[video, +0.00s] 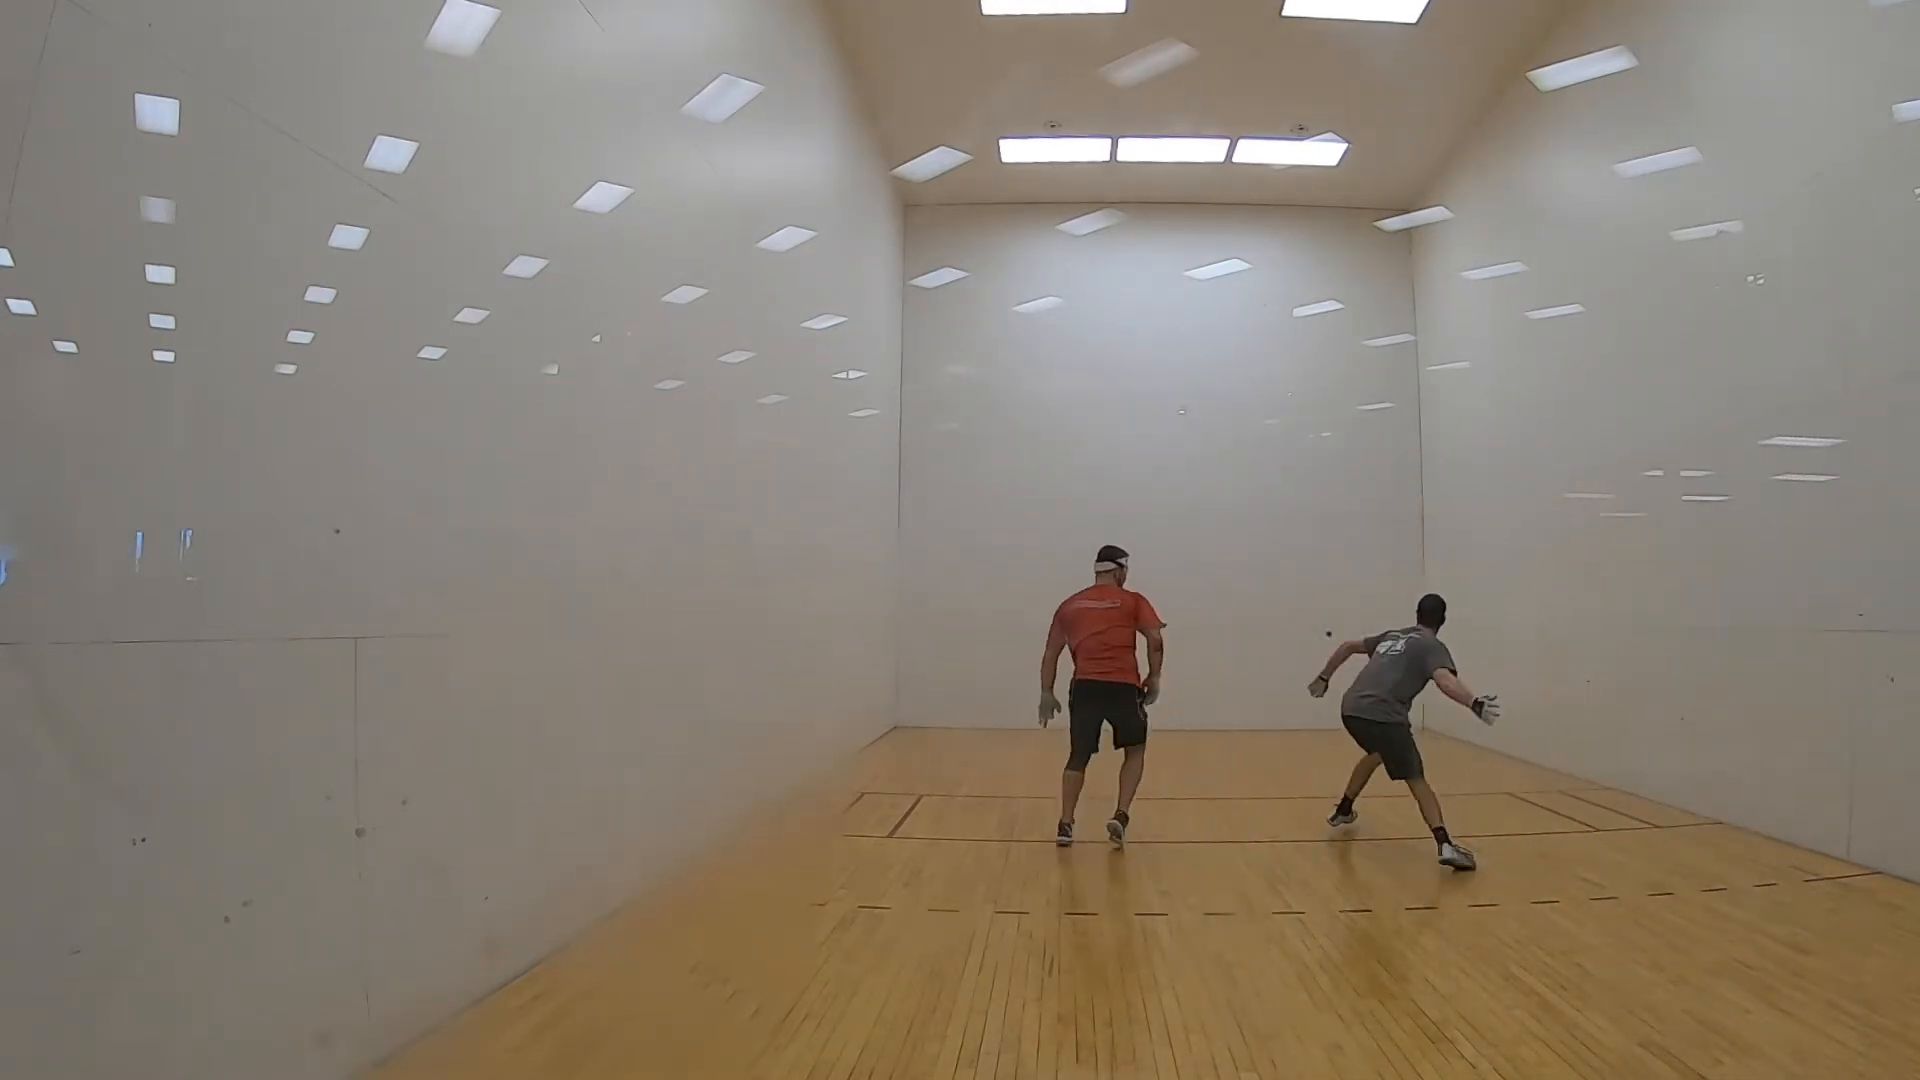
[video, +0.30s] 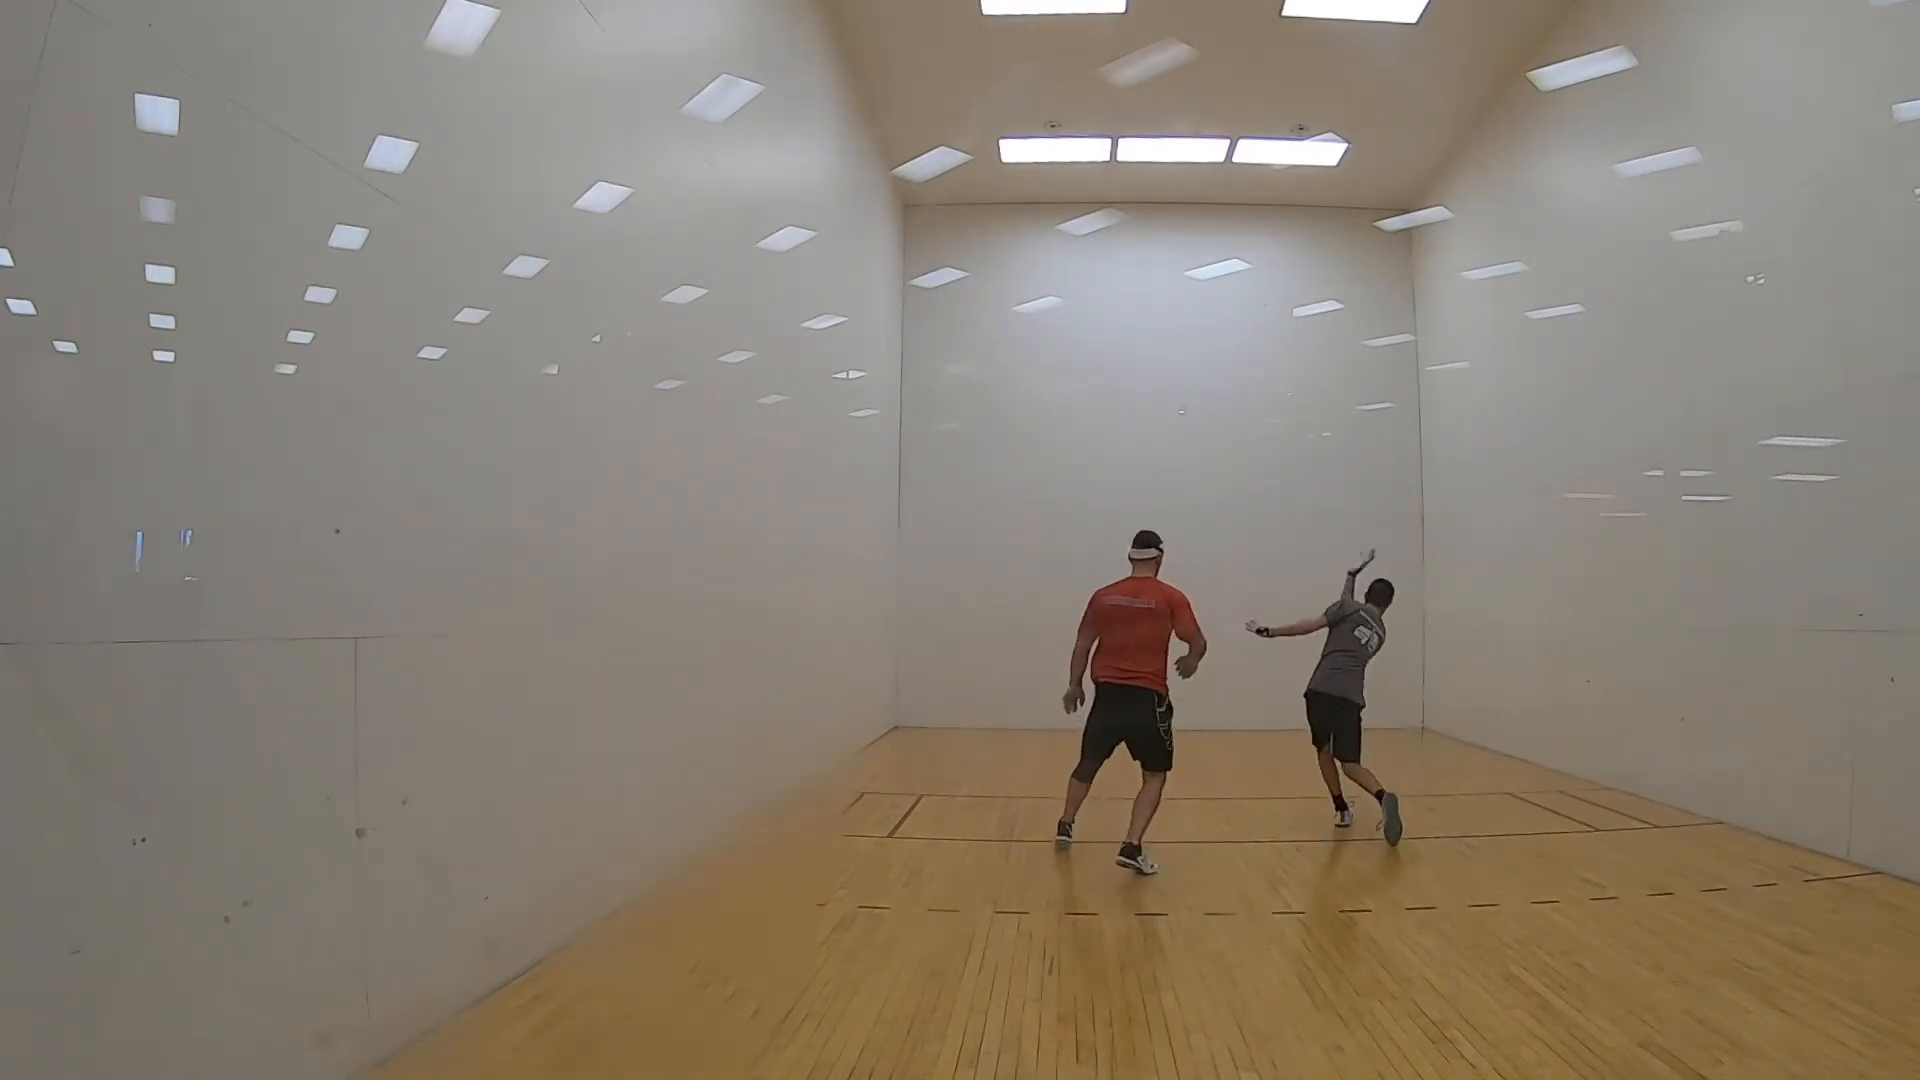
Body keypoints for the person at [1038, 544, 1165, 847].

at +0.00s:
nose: (1127, 576)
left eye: (1126, 572)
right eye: (1126, 572)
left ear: (1096, 572)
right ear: (1121, 573)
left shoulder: (1069, 605)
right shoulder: (1133, 601)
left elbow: (1051, 653)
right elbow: (1155, 639)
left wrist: (1046, 692)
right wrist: (1154, 676)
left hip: (1084, 691)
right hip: (1123, 692)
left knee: (1078, 757)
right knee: (1134, 751)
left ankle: (1066, 823)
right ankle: (1121, 815)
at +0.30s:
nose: (1158, 563)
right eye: (1161, 558)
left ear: (1129, 559)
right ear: (1160, 558)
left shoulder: (1103, 596)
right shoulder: (1171, 597)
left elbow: (1082, 644)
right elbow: (1198, 641)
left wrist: (1074, 684)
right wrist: (1192, 659)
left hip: (1107, 699)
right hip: (1148, 702)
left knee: (1088, 763)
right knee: (1154, 775)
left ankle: (1066, 823)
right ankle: (1132, 846)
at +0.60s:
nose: (1218, 567)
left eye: (1209, 560)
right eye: (1222, 563)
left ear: (1191, 561)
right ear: (1223, 564)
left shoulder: (1164, 599)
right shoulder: (1233, 601)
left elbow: (1137, 650)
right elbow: (1249, 649)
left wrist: (1144, 695)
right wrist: (1252, 687)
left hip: (1166, 704)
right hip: (1211, 707)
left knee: (1155, 783)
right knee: (1231, 782)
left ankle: (1127, 857)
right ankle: (1206, 859)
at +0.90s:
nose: (1385, 580)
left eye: (1380, 573)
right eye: (1386, 575)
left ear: (1352, 571)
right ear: (1384, 577)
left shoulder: (1323, 606)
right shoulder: (1372, 621)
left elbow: (1307, 656)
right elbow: (1394, 683)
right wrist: (1420, 716)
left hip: (1291, 716)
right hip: (1323, 727)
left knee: (1286, 797)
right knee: (1341, 814)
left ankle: (1225, 841)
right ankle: (1270, 879)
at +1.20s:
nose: (1583, 589)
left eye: (1582, 582)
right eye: (1584, 583)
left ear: (1549, 579)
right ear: (1579, 583)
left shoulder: (1520, 615)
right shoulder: (1569, 624)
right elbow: (1578, 688)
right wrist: (1596, 728)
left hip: (1504, 729)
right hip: (1522, 735)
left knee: (1550, 797)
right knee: (1545, 824)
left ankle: (1514, 878)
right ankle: (1454, 847)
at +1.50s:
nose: (1826, 597)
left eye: (1829, 590)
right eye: (1828, 589)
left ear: (1800, 575)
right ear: (1823, 585)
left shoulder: (1757, 597)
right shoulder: (1802, 615)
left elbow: (1714, 607)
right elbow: (1816, 604)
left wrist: (1699, 612)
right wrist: (1864, 578)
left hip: (1722, 742)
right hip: (1765, 749)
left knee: (1681, 813)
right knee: (1840, 810)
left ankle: (1602, 860)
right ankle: (1887, 901)